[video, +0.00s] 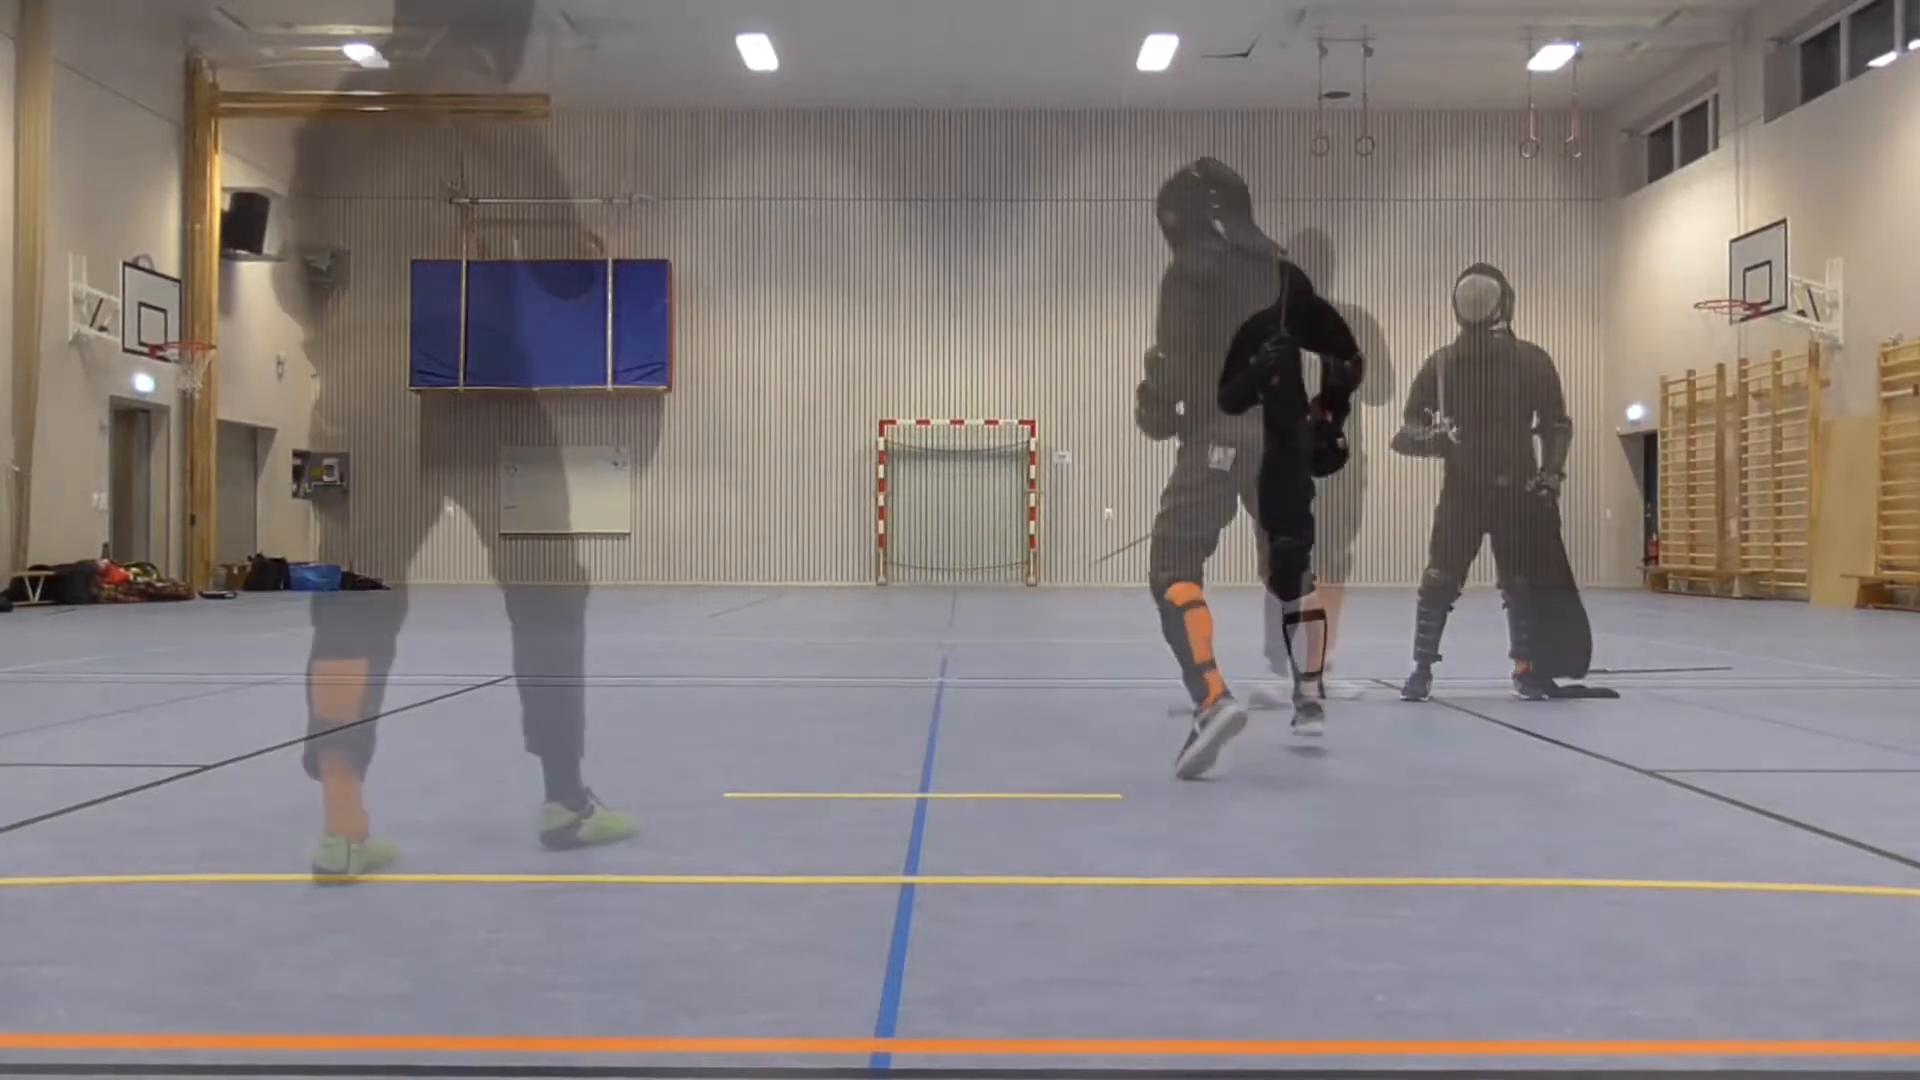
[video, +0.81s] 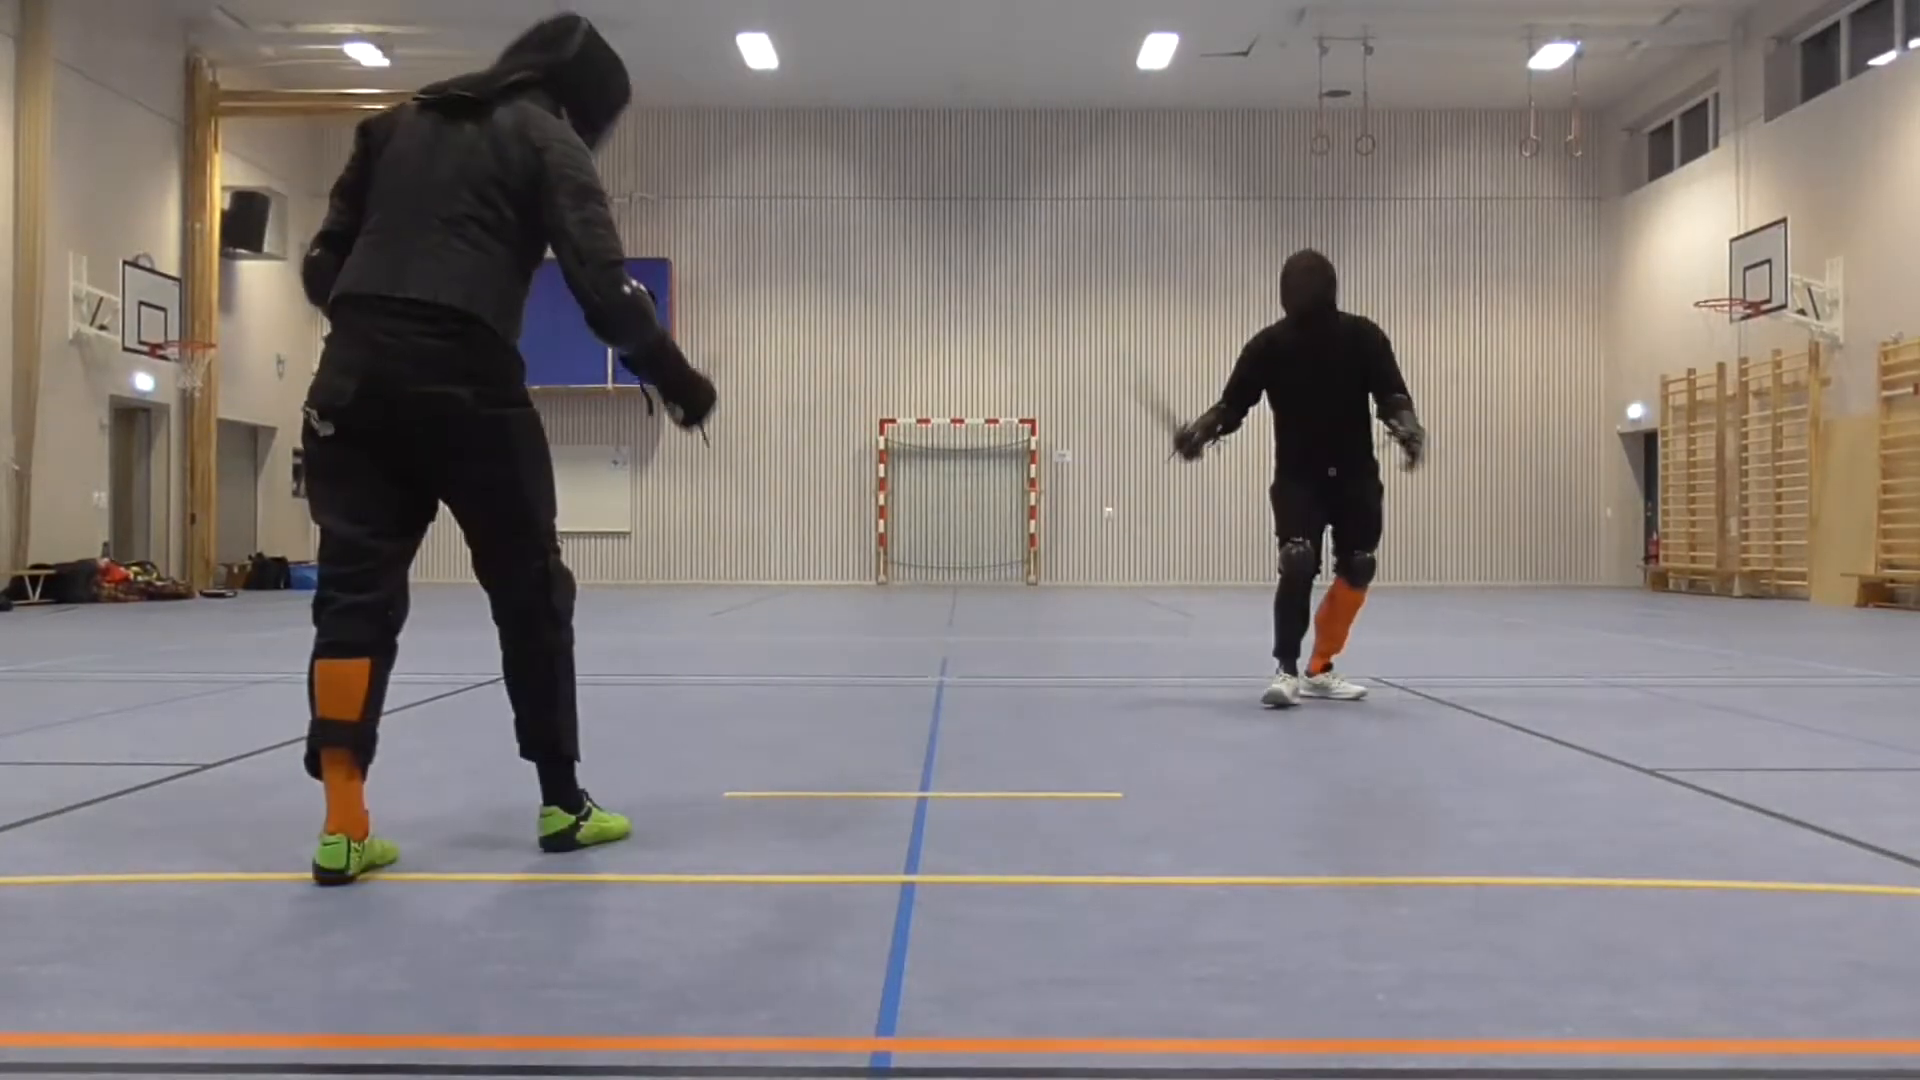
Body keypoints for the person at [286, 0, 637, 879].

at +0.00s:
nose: (521, 63)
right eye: (514, 47)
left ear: (411, 33)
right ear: (502, 46)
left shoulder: (338, 128)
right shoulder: (517, 135)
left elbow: (300, 268)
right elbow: (573, 262)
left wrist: (340, 329)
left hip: (369, 399)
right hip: (497, 401)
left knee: (357, 595)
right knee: (548, 583)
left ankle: (343, 830)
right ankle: (565, 798)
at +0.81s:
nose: (594, 134)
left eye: (601, 121)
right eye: (598, 118)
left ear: (523, 66)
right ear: (574, 95)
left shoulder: (399, 123)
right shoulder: (551, 142)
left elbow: (324, 261)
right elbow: (601, 290)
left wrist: (383, 336)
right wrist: (675, 376)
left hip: (356, 375)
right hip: (468, 380)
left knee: (354, 595)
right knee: (529, 586)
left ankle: (342, 828)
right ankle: (563, 803)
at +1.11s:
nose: (635, 218)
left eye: (644, 209)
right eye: (638, 202)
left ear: (584, 134)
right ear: (626, 172)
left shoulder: (448, 148)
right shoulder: (599, 194)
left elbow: (345, 260)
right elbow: (633, 333)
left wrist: (395, 330)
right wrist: (689, 445)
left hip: (357, 370)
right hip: (471, 382)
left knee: (352, 589)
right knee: (540, 587)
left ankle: (342, 828)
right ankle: (564, 803)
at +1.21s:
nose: (641, 238)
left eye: (650, 228)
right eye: (648, 223)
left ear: (594, 148)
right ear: (634, 192)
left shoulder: (460, 153)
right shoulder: (609, 207)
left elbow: (348, 256)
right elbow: (627, 333)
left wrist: (401, 333)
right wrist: (670, 432)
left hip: (357, 372)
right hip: (475, 385)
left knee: (350, 591)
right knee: (545, 590)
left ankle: (342, 828)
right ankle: (564, 803)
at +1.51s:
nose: (641, 211)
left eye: (649, 200)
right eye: (647, 195)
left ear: (582, 130)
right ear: (628, 170)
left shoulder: (455, 146)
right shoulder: (604, 196)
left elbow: (351, 254)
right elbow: (609, 322)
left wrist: (399, 329)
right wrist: (641, 433)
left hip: (362, 373)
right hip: (476, 383)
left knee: (356, 592)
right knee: (548, 588)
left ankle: (341, 829)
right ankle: (563, 804)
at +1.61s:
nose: (631, 167)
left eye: (638, 154)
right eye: (634, 150)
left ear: (563, 95)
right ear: (618, 127)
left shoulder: (438, 133)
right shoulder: (592, 174)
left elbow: (346, 257)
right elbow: (608, 320)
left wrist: (422, 322)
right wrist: (653, 451)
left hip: (372, 373)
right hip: (485, 383)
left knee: (366, 586)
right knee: (553, 587)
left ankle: (342, 828)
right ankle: (565, 803)